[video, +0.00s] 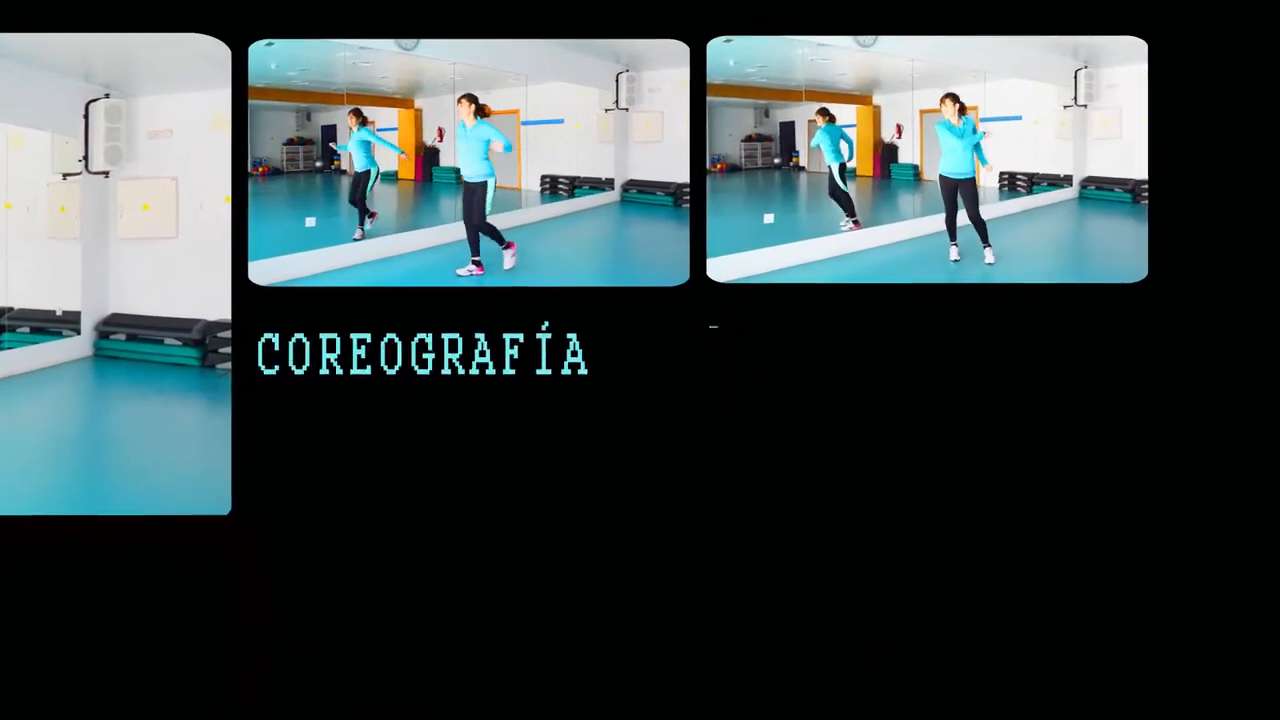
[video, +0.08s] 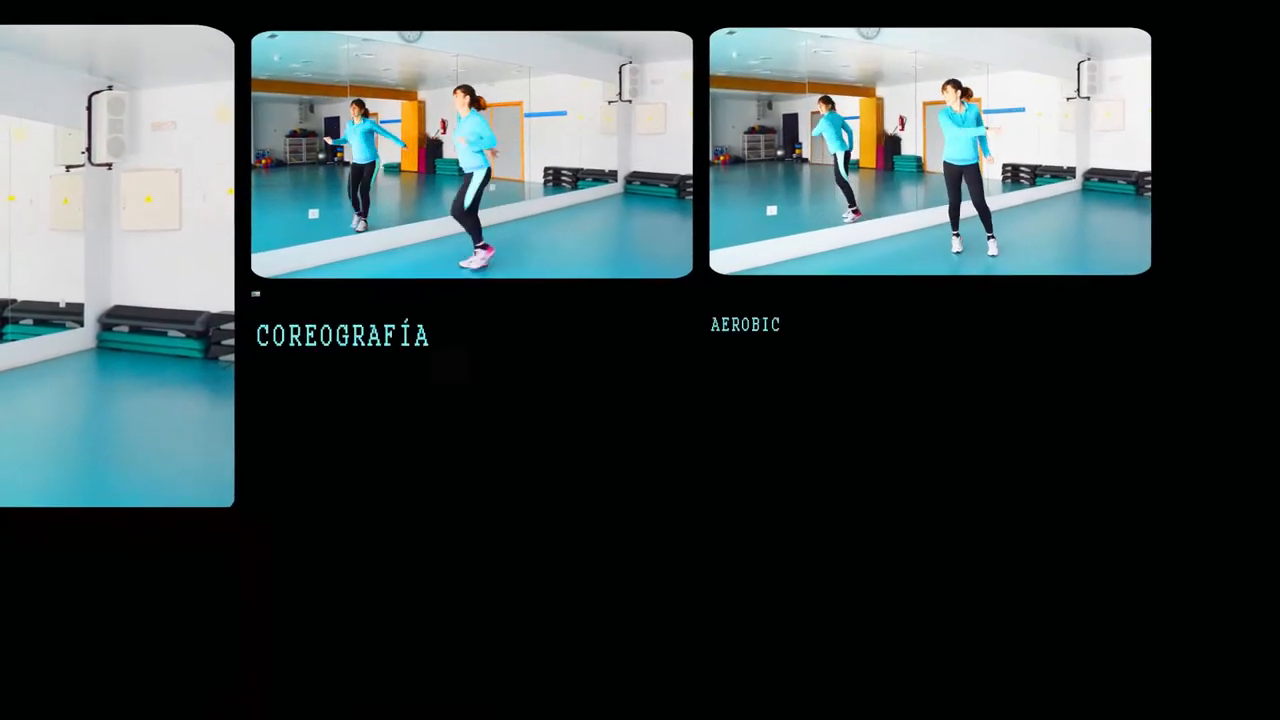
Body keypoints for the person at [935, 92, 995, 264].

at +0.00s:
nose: (943, 108)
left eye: (946, 104)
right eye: (942, 105)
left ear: (956, 106)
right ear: (942, 108)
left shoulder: (969, 122)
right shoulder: (941, 126)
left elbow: (975, 144)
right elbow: (960, 142)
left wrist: (984, 162)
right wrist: (980, 135)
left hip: (967, 176)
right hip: (947, 176)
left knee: (973, 214)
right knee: (950, 213)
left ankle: (987, 247)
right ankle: (953, 245)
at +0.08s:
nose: (944, 96)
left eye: (947, 92)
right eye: (943, 93)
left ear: (958, 93)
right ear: (947, 95)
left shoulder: (973, 109)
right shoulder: (944, 113)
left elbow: (980, 132)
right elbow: (955, 132)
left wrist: (987, 153)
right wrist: (985, 130)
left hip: (971, 162)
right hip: (951, 163)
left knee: (979, 202)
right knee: (954, 202)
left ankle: (991, 238)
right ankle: (955, 236)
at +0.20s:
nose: (948, 82)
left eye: (951, 78)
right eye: (948, 79)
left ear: (962, 79)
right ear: (950, 81)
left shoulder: (979, 97)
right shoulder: (948, 100)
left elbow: (993, 117)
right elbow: (944, 117)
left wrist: (999, 137)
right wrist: (946, 127)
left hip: (978, 150)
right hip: (958, 150)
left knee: (987, 188)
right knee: (953, 189)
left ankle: (997, 226)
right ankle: (957, 226)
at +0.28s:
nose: (951, 81)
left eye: (954, 76)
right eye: (950, 77)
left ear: (965, 77)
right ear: (953, 79)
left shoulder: (983, 94)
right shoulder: (951, 99)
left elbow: (1000, 110)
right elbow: (934, 111)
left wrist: (1011, 129)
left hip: (983, 149)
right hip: (963, 149)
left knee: (992, 184)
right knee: (954, 184)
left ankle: (1002, 221)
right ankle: (954, 226)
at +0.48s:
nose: (952, 65)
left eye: (955, 61)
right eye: (952, 62)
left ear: (966, 62)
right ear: (955, 65)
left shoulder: (981, 83)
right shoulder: (951, 84)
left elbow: (999, 95)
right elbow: (938, 97)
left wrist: (1008, 101)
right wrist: (925, 108)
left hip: (980, 136)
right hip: (962, 137)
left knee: (988, 177)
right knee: (959, 177)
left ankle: (1010, 201)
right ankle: (963, 218)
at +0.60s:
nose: (949, 54)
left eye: (952, 51)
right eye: (950, 51)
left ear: (963, 53)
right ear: (959, 53)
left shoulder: (976, 74)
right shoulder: (954, 73)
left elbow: (995, 93)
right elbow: (958, 94)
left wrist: (981, 95)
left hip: (976, 125)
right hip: (962, 125)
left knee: (962, 166)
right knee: (961, 167)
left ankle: (990, 196)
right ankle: (971, 209)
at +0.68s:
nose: (948, 48)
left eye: (951, 44)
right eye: (949, 45)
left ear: (961, 47)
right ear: (962, 48)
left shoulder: (963, 66)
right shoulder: (964, 66)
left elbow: (974, 93)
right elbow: (981, 82)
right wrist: (994, 97)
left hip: (972, 119)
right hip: (972, 118)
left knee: (948, 157)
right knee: (968, 159)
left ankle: (965, 203)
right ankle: (977, 204)